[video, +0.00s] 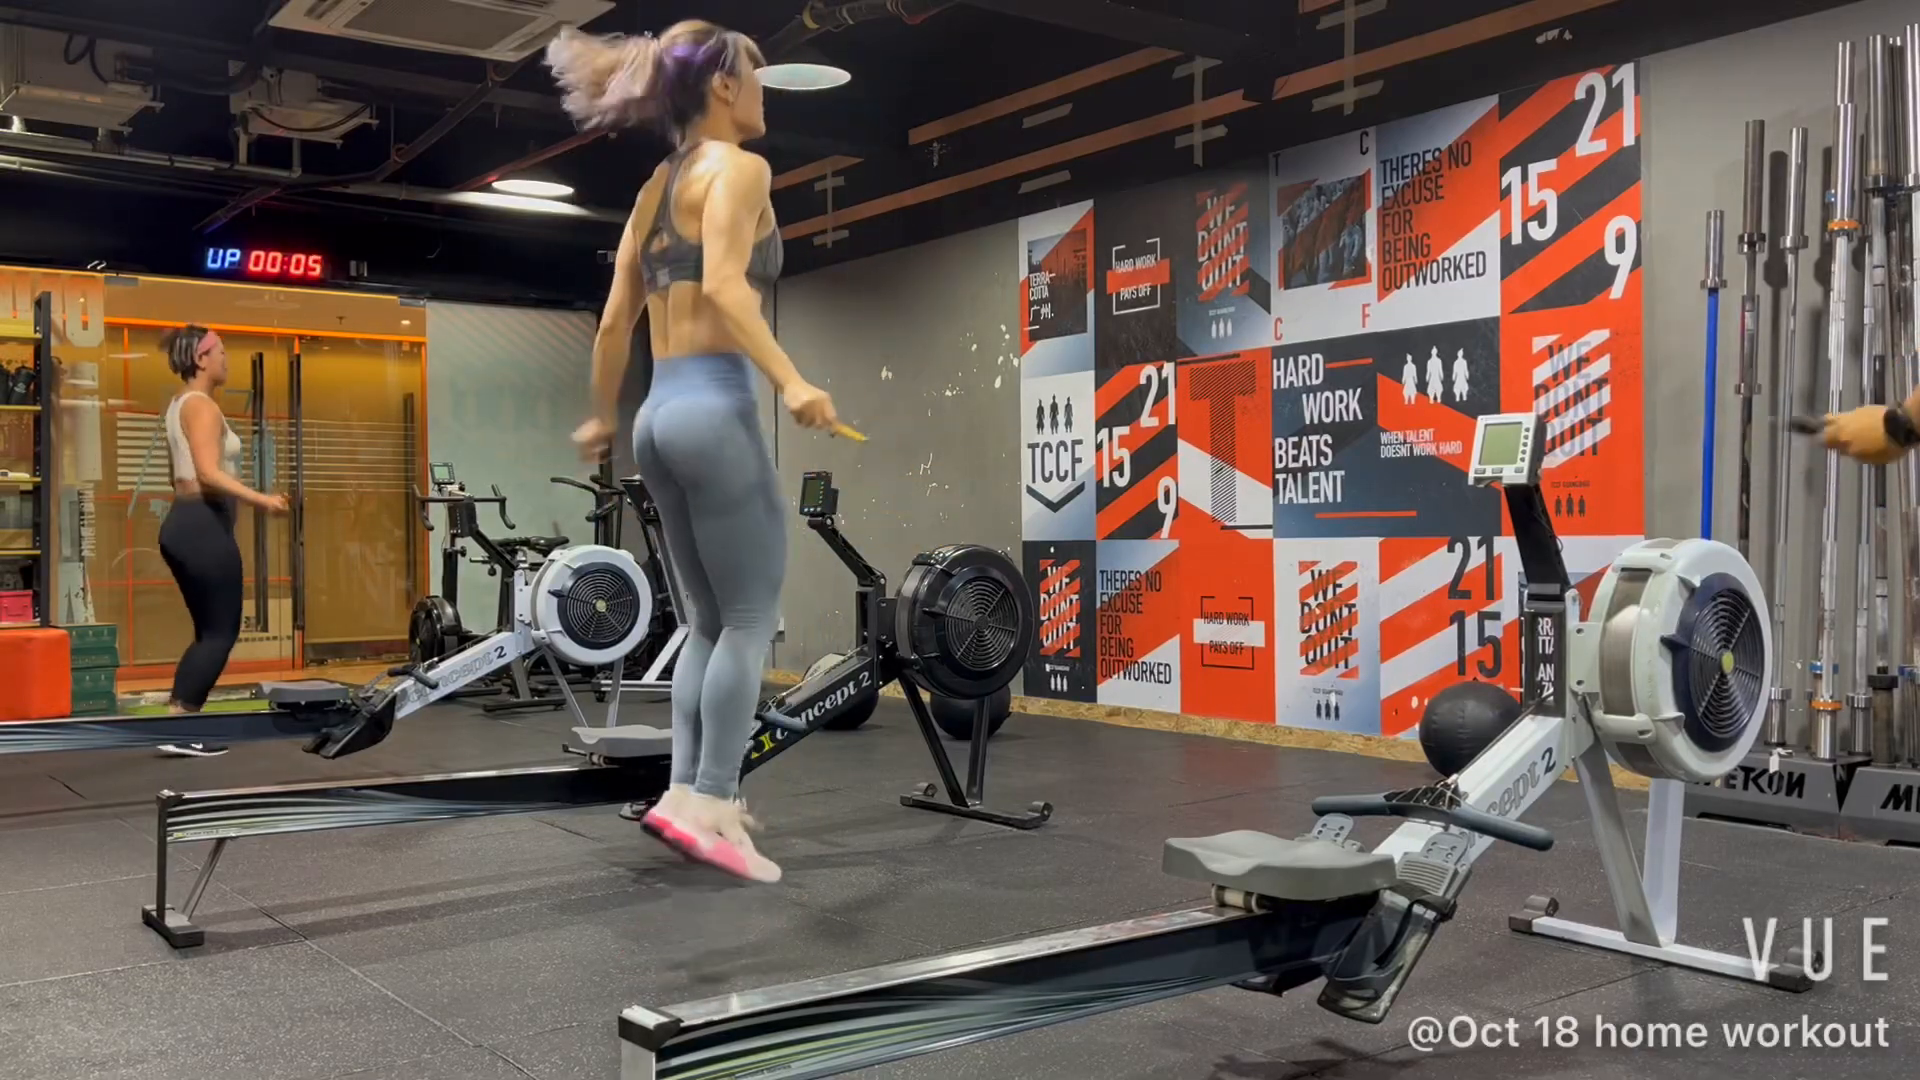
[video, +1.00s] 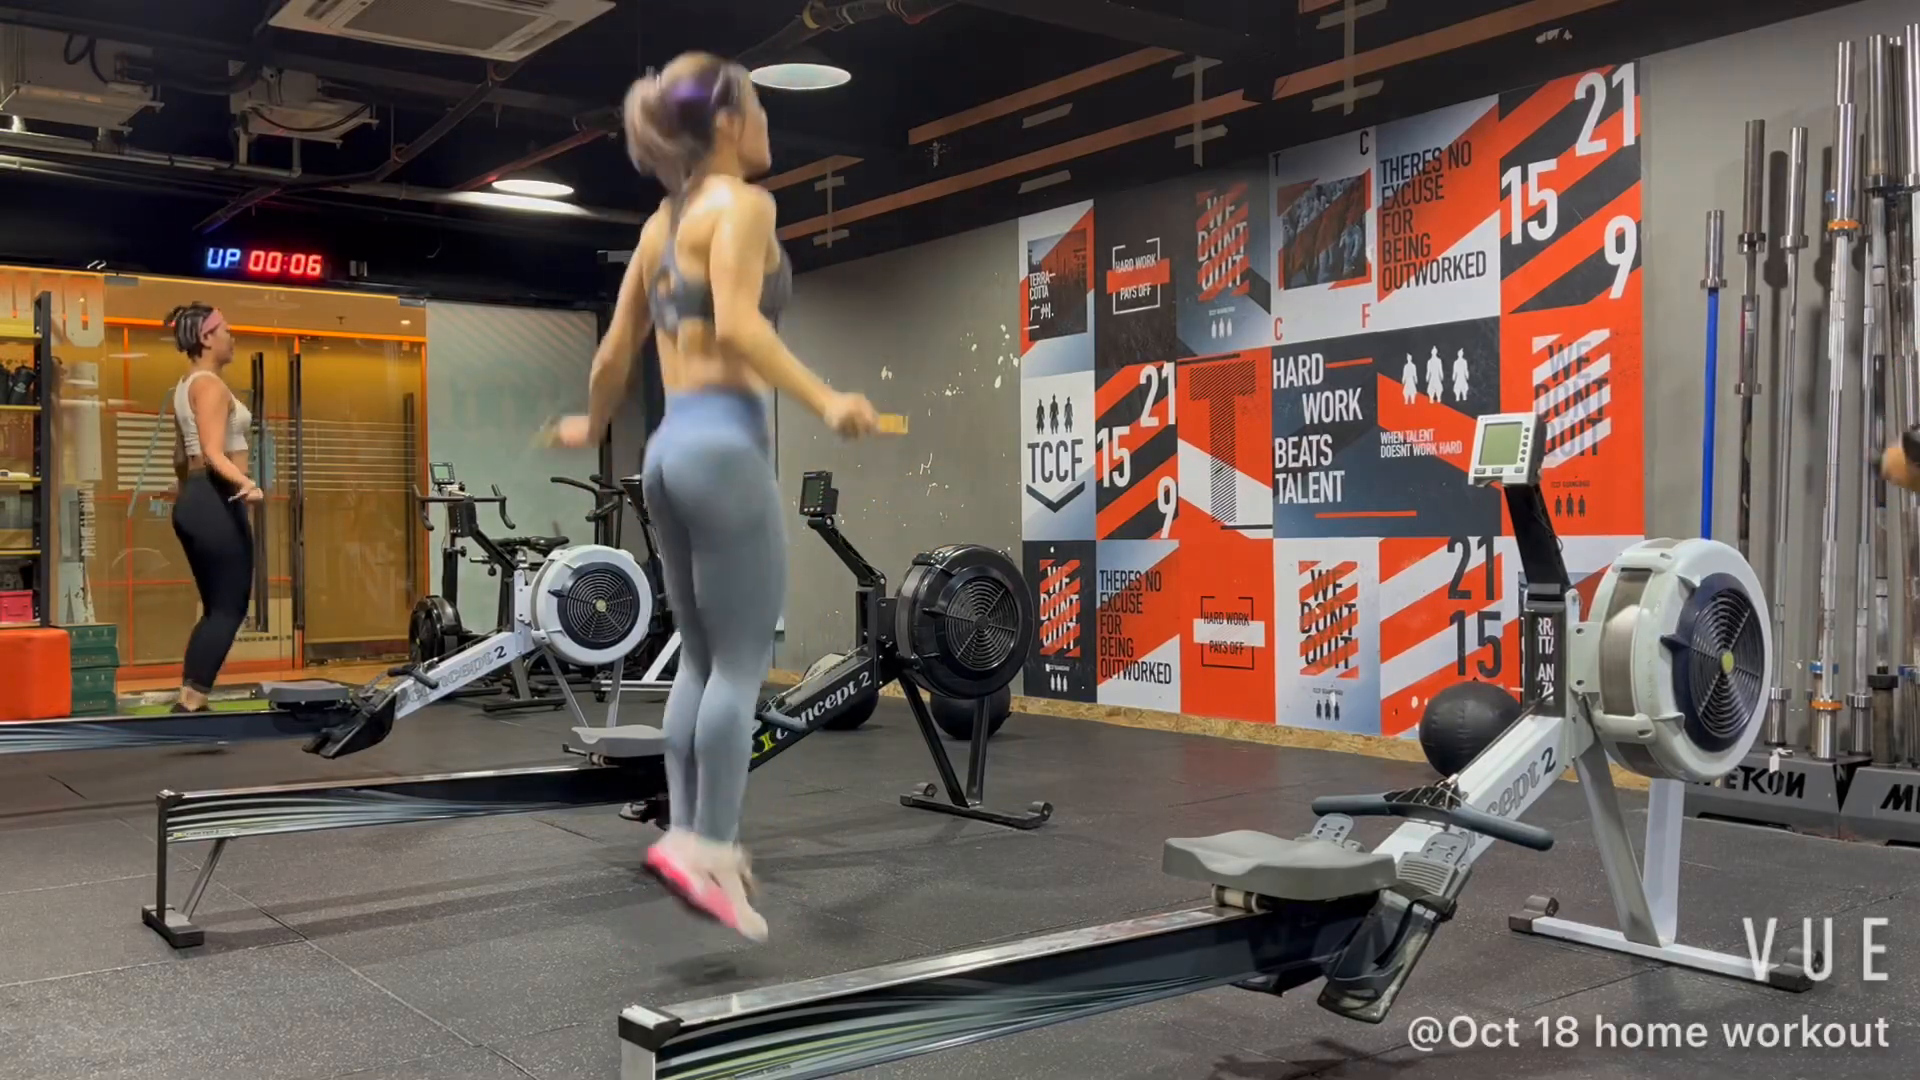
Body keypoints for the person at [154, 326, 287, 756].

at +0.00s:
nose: (226, 360)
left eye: (223, 352)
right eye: (221, 352)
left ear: (196, 359)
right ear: (204, 357)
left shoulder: (181, 406)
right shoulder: (201, 406)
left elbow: (195, 476)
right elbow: (210, 474)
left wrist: (244, 497)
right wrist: (262, 498)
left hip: (185, 523)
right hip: (202, 524)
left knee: (210, 631)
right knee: (221, 632)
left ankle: (178, 717)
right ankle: (181, 719)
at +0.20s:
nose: (228, 336)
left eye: (225, 329)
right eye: (222, 331)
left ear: (196, 339)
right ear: (203, 337)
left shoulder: (182, 384)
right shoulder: (206, 382)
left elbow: (177, 459)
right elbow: (209, 449)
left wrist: (191, 497)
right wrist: (241, 489)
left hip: (191, 494)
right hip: (210, 494)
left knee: (207, 606)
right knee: (221, 605)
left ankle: (187, 701)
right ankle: (192, 704)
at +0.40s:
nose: (237, 361)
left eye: (234, 353)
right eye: (232, 355)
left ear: (206, 362)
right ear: (214, 361)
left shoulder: (192, 407)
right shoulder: (214, 409)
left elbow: (208, 479)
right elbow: (220, 480)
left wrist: (251, 498)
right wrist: (273, 503)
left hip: (192, 526)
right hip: (212, 529)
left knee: (216, 632)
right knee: (235, 632)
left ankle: (187, 716)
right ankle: (193, 719)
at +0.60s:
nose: (234, 333)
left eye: (230, 327)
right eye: (227, 328)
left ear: (203, 338)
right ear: (209, 337)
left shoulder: (187, 386)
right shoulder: (213, 384)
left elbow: (186, 460)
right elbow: (215, 451)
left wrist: (209, 496)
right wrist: (250, 483)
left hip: (197, 496)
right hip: (216, 495)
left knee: (220, 605)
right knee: (232, 602)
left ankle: (202, 695)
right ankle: (204, 696)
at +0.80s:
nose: (237, 364)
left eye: (235, 356)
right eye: (231, 358)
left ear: (205, 365)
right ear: (214, 364)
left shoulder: (191, 411)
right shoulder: (214, 412)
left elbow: (205, 483)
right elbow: (225, 482)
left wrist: (252, 503)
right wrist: (276, 503)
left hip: (199, 526)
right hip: (219, 527)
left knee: (229, 629)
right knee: (246, 627)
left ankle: (203, 713)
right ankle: (206, 715)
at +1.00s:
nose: (232, 337)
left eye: (228, 330)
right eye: (225, 331)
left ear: (200, 340)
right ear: (208, 339)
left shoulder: (186, 387)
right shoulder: (210, 385)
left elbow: (181, 461)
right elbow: (212, 454)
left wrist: (199, 495)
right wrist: (247, 483)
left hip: (194, 496)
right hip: (212, 495)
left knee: (218, 606)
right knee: (230, 604)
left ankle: (191, 697)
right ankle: (193, 699)